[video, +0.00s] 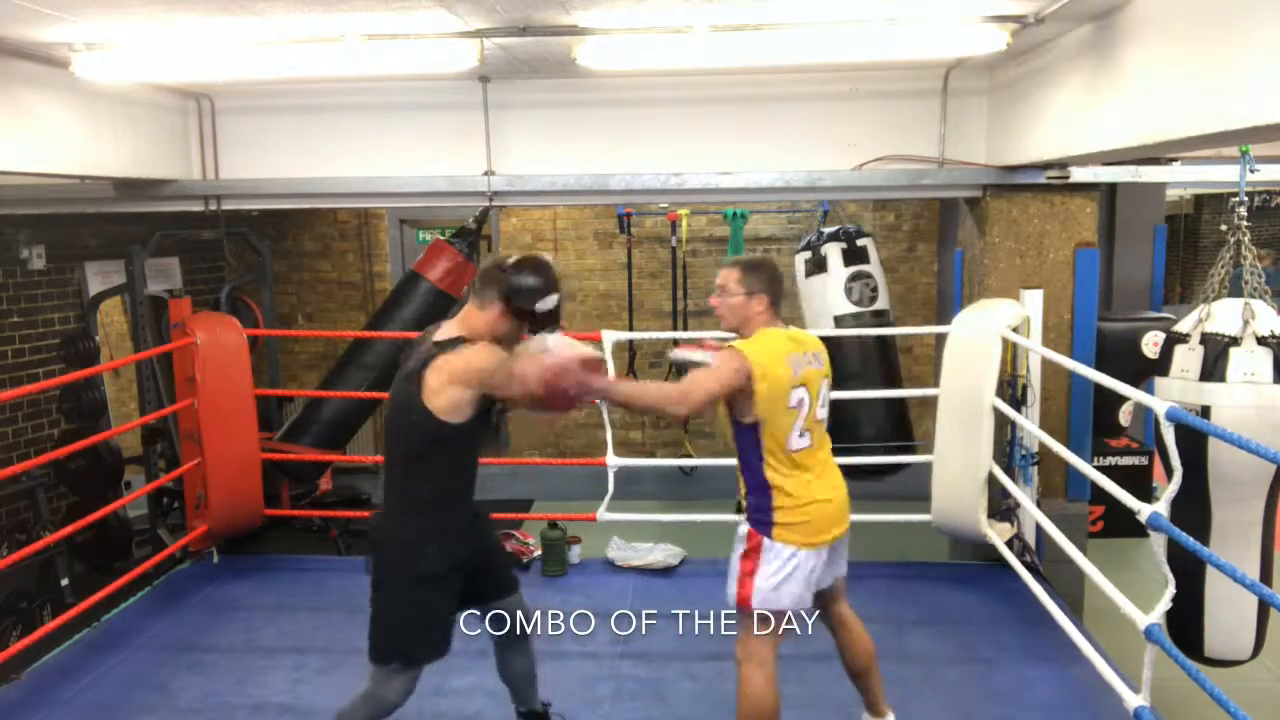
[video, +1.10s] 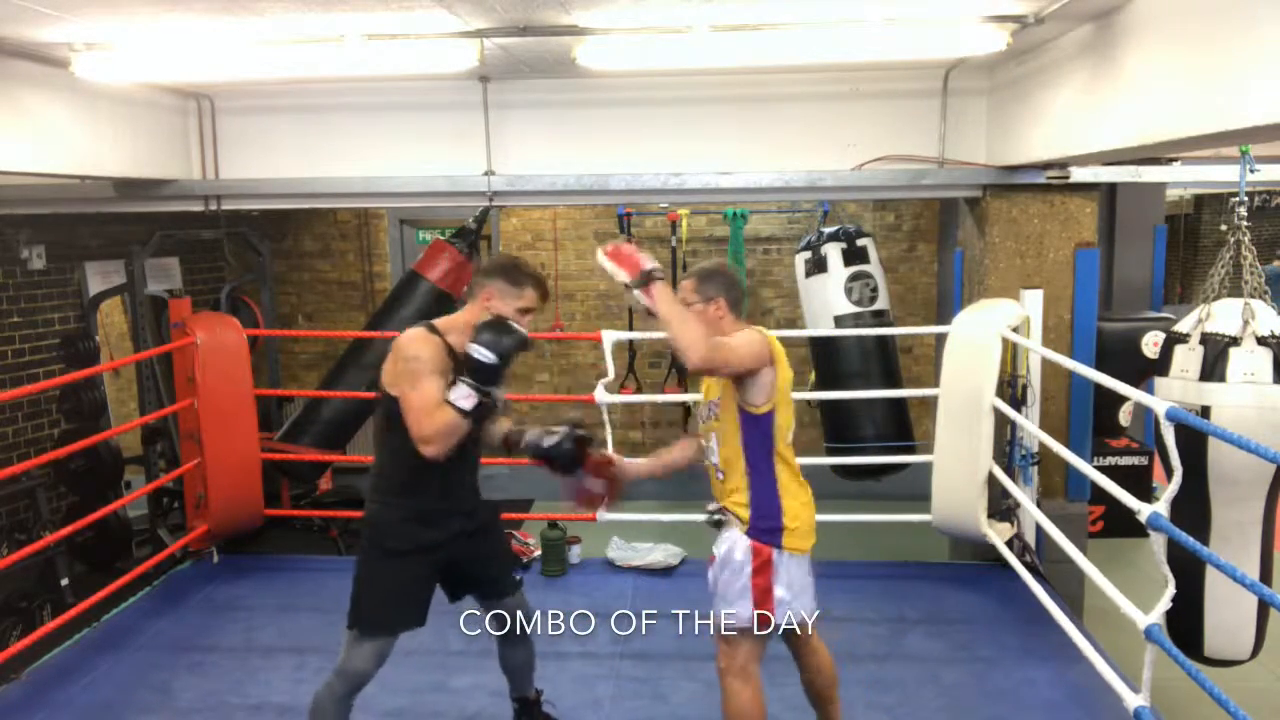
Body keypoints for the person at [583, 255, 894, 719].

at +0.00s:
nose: (712, 301)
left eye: (722, 293)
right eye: (715, 291)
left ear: (758, 302)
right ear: (763, 303)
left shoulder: (743, 357)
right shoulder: (811, 345)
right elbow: (782, 383)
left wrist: (599, 385)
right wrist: (731, 359)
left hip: (780, 522)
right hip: (831, 507)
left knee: (754, 653)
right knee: (837, 609)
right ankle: (880, 712)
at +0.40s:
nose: (705, 306)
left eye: (714, 296)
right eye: (705, 296)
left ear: (749, 303)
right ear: (748, 305)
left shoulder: (765, 358)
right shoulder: (767, 347)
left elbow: (726, 429)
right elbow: (711, 405)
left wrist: (652, 402)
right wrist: (688, 350)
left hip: (775, 519)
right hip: (801, 510)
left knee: (751, 652)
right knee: (815, 610)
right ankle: (863, 708)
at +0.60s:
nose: (695, 306)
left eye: (705, 297)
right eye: (696, 296)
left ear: (740, 303)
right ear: (744, 304)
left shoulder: (749, 359)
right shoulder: (783, 347)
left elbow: (704, 421)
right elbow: (743, 415)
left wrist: (625, 390)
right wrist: (676, 421)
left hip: (757, 525)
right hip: (798, 512)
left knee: (735, 652)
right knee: (811, 612)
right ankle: (854, 712)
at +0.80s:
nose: (671, 318)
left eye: (679, 308)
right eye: (672, 308)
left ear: (712, 312)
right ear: (716, 313)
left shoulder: (734, 362)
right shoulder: (756, 350)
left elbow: (685, 427)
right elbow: (748, 422)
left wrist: (621, 389)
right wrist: (692, 442)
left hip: (759, 537)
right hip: (797, 523)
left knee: (727, 657)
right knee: (807, 611)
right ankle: (860, 706)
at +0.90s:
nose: (669, 321)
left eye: (677, 310)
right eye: (671, 310)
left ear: (710, 313)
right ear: (706, 315)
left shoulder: (754, 355)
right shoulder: (705, 372)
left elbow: (718, 404)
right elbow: (655, 426)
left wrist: (662, 366)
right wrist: (581, 427)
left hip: (770, 534)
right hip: (766, 528)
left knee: (737, 664)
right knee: (807, 620)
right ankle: (863, 709)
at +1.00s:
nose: (673, 322)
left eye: (682, 310)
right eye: (671, 314)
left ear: (713, 311)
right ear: (709, 315)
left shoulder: (763, 346)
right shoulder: (695, 381)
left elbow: (722, 368)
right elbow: (639, 428)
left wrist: (656, 309)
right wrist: (560, 435)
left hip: (770, 534)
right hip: (760, 532)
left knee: (737, 665)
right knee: (811, 634)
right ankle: (852, 716)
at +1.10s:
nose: (680, 317)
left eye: (687, 306)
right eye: (679, 308)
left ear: (717, 308)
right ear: (717, 310)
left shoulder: (755, 343)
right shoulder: (721, 362)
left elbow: (700, 355)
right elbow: (700, 443)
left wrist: (652, 284)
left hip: (760, 531)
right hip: (771, 525)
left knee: (736, 665)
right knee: (804, 639)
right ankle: (831, 716)